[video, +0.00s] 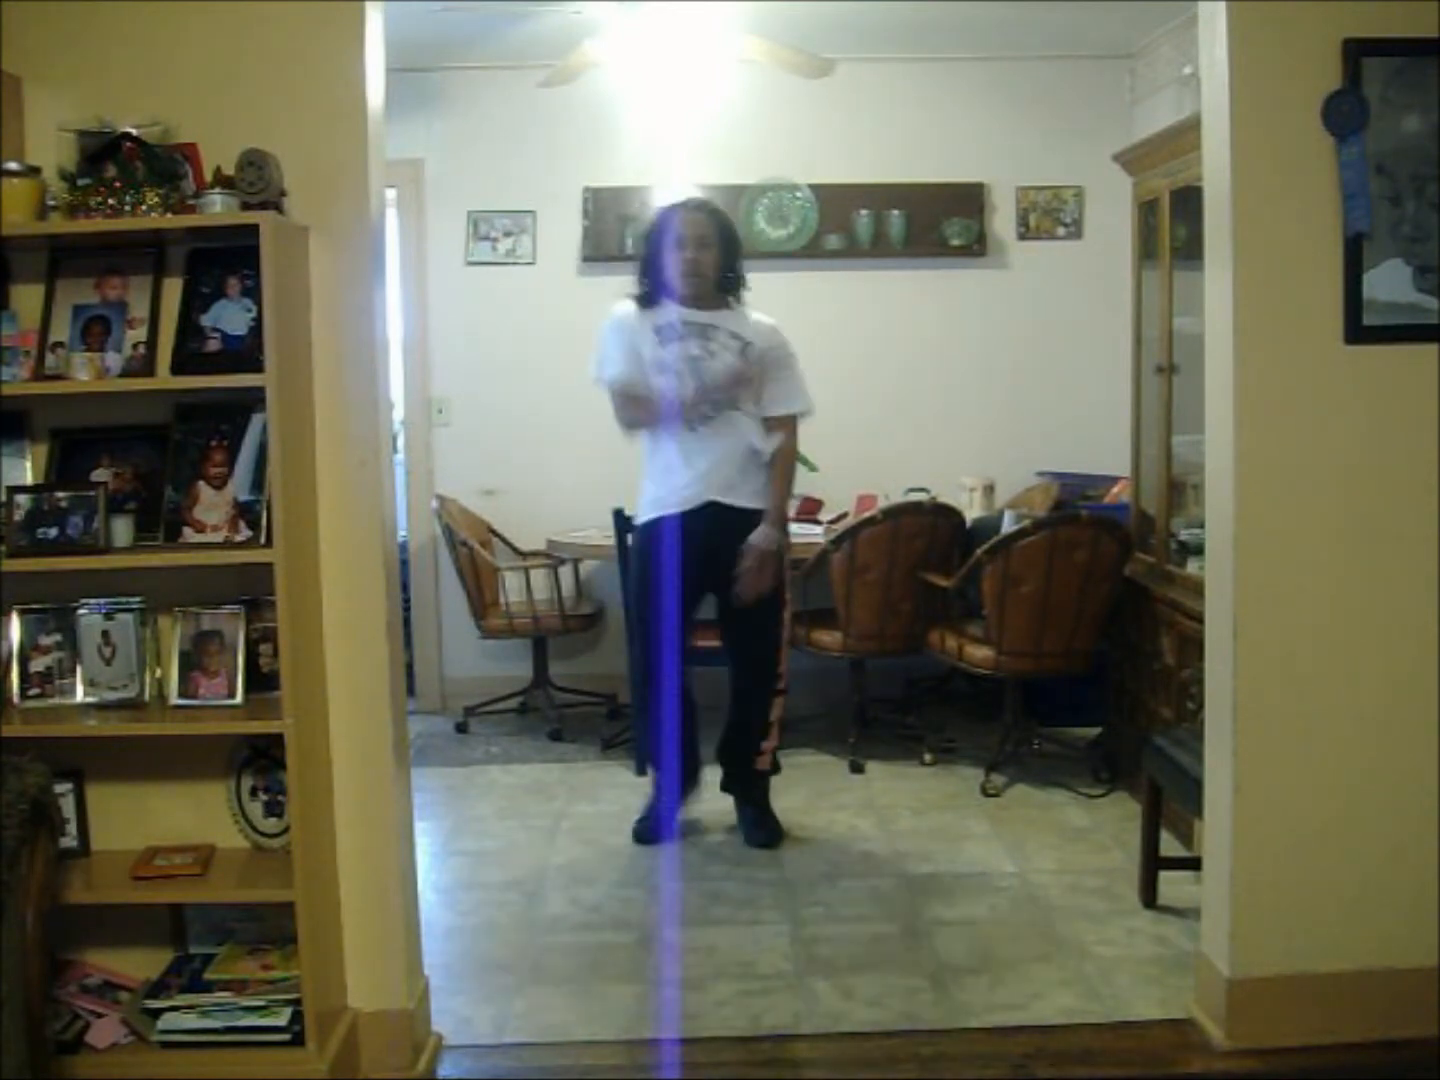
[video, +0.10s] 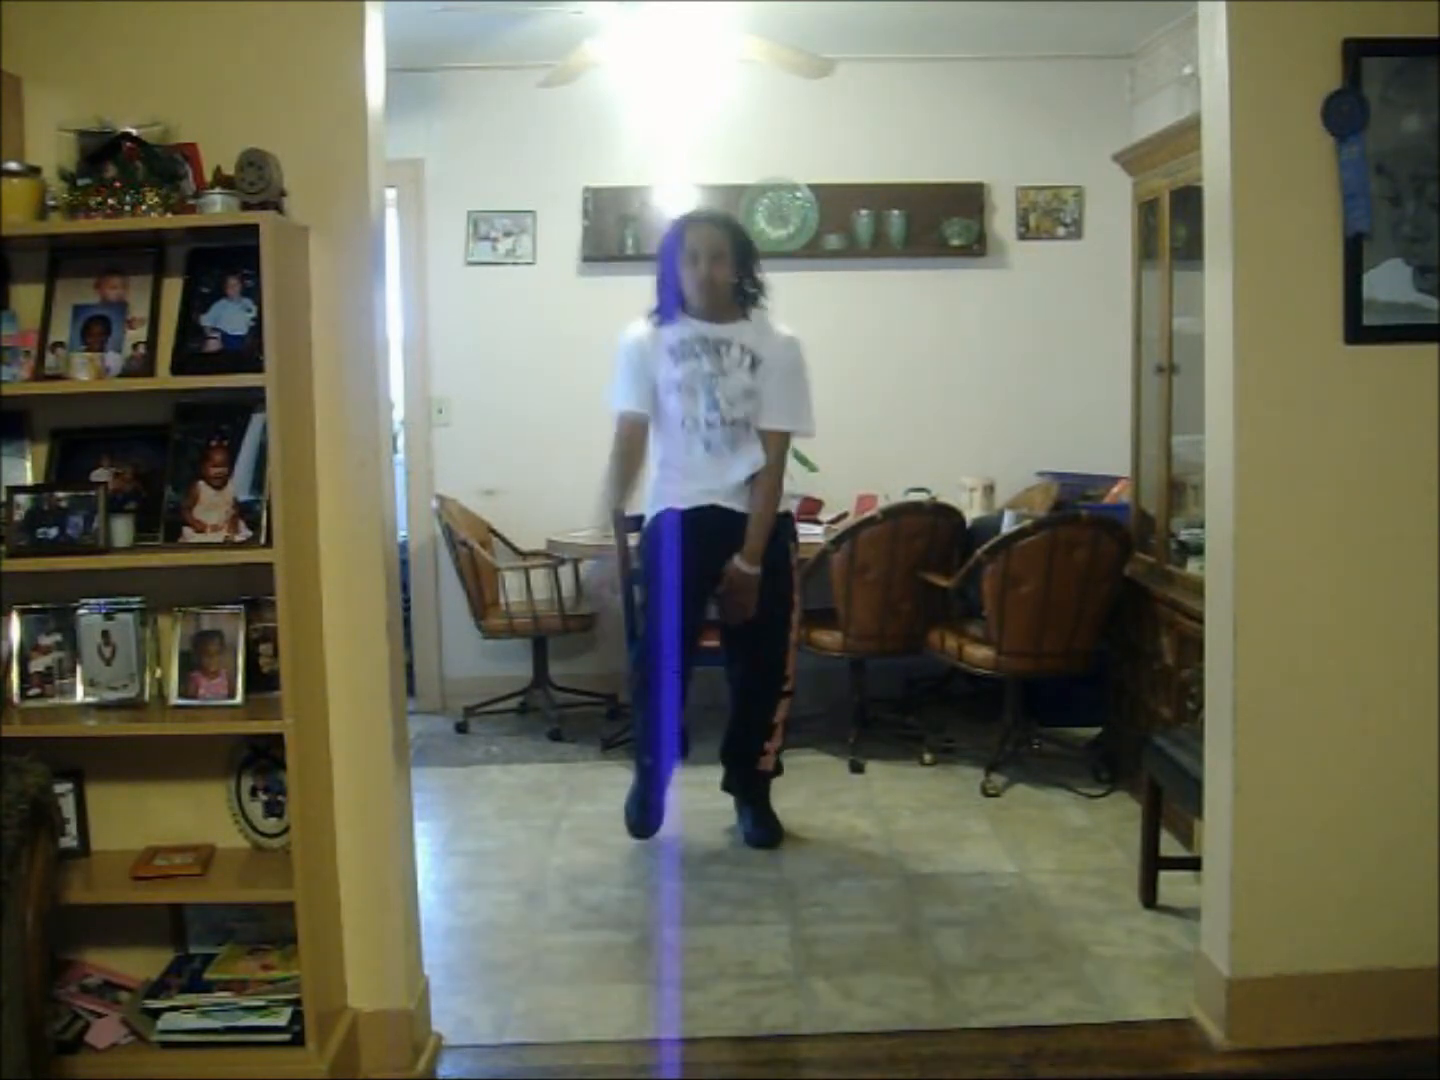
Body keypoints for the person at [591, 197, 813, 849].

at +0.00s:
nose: (690, 256)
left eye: (703, 244)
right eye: (678, 245)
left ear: (725, 255)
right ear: (656, 256)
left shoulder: (761, 336)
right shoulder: (630, 326)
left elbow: (785, 436)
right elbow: (628, 413)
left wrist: (775, 525)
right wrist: (714, 392)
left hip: (748, 511)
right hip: (667, 512)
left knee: (757, 661)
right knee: (657, 657)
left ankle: (751, 787)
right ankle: (670, 785)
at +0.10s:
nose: (702, 268)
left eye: (716, 257)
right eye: (691, 257)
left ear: (739, 267)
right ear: (674, 267)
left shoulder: (775, 347)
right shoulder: (647, 342)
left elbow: (773, 462)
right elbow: (630, 438)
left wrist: (752, 556)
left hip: (756, 513)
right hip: (677, 514)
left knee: (762, 660)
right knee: (661, 651)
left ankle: (753, 788)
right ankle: (652, 772)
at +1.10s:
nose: (606, 290)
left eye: (617, 275)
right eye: (604, 276)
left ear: (662, 273)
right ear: (629, 279)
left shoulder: (754, 347)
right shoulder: (608, 351)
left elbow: (772, 467)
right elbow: (603, 456)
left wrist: (738, 572)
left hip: (734, 545)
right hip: (650, 545)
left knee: (734, 687)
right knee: (661, 705)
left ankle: (738, 783)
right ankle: (651, 866)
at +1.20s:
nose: (607, 289)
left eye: (619, 274)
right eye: (605, 275)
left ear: (663, 272)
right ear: (624, 280)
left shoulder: (753, 348)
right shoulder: (619, 351)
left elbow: (771, 468)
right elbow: (606, 457)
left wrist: (738, 575)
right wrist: (639, 398)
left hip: (736, 545)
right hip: (653, 544)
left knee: (738, 688)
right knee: (662, 706)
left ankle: (738, 782)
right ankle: (650, 865)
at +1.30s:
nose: (626, 289)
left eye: (638, 274)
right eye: (624, 276)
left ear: (677, 274)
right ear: (636, 280)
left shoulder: (769, 352)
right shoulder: (627, 358)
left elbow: (783, 473)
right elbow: (582, 451)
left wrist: (747, 575)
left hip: (746, 551)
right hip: (657, 548)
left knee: (738, 695)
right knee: (660, 707)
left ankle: (738, 785)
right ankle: (651, 868)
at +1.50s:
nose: (661, 288)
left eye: (669, 271)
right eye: (646, 283)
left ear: (704, 270)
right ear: (637, 302)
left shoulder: (784, 343)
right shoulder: (645, 373)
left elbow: (824, 445)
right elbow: (582, 431)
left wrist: (779, 544)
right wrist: (526, 468)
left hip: (777, 549)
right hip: (688, 556)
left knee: (781, 702)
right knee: (673, 719)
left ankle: (794, 764)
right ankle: (651, 872)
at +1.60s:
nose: (684, 286)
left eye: (696, 268)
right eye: (669, 276)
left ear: (728, 267)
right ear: (655, 289)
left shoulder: (797, 336)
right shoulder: (661, 364)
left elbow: (837, 436)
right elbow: (598, 418)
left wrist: (795, 530)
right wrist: (540, 451)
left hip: (791, 544)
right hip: (701, 554)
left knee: (812, 706)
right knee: (689, 717)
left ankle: (851, 838)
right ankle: (653, 869)